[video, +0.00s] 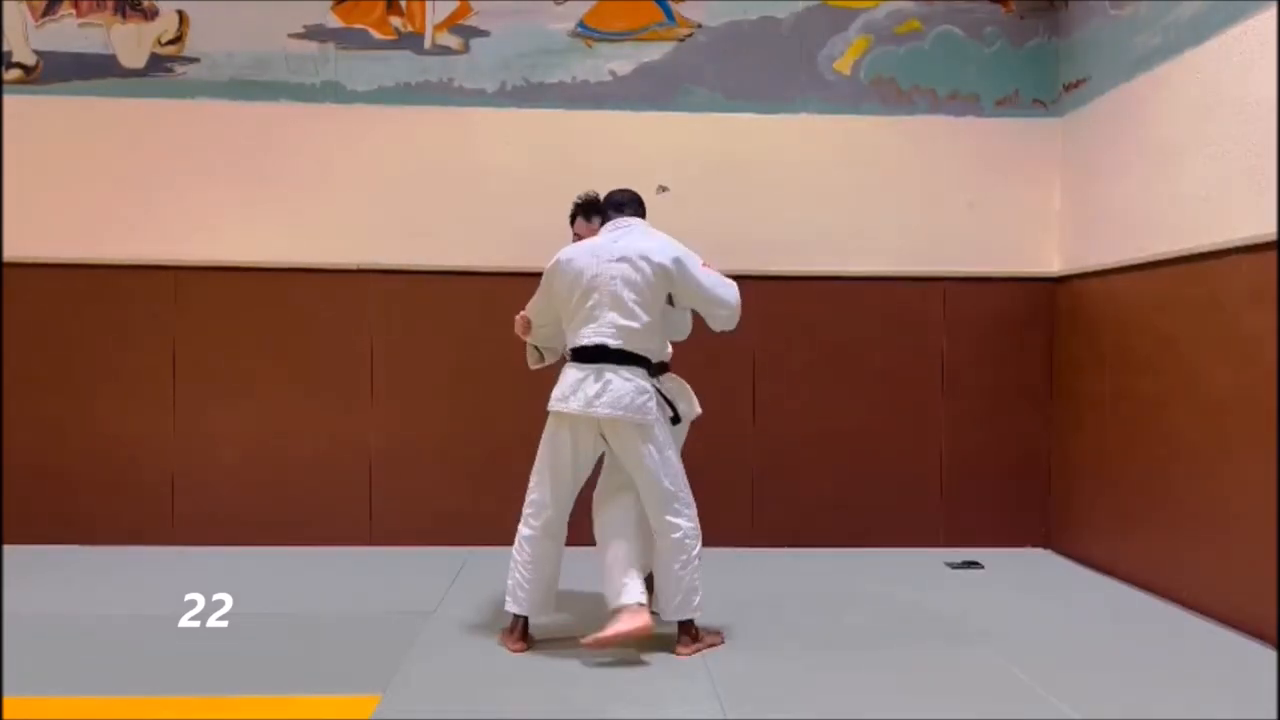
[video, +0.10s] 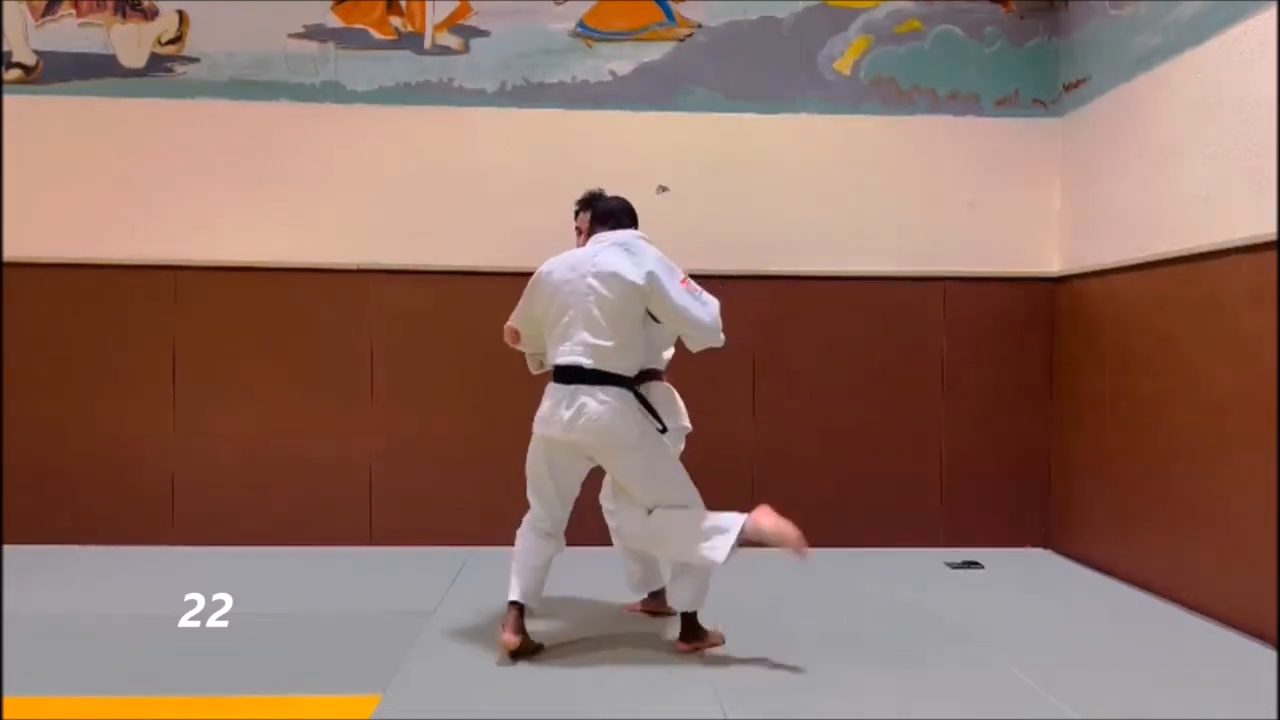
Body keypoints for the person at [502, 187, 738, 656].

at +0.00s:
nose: (576, 234)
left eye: (578, 226)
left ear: (600, 219)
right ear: (643, 218)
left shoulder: (570, 257)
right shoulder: (663, 249)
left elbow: (544, 335)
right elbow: (726, 310)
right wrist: (711, 277)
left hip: (573, 393)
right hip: (632, 396)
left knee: (543, 508)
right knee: (675, 510)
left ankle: (518, 624)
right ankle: (687, 631)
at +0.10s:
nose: (575, 233)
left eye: (578, 226)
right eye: (576, 227)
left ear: (586, 228)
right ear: (632, 229)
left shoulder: (550, 270)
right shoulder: (639, 256)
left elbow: (530, 345)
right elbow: (707, 328)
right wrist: (687, 288)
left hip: (556, 410)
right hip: (617, 411)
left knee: (542, 518)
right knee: (678, 511)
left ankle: (513, 623)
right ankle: (690, 628)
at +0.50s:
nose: (578, 362)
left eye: (589, 352)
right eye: (566, 352)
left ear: (603, 329)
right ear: (545, 329)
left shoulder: (629, 341)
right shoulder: (509, 351)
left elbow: (638, 422)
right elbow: (495, 448)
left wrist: (617, 502)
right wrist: (507, 531)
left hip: (584, 466)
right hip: (516, 461)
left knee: (600, 563)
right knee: (453, 544)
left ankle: (602, 664)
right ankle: (381, 672)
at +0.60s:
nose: (579, 378)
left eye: (590, 366)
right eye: (567, 364)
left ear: (602, 351)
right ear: (539, 340)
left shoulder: (600, 360)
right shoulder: (481, 368)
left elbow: (607, 437)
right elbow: (463, 484)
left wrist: (603, 498)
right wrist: (487, 574)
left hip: (532, 477)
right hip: (460, 479)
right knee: (456, 573)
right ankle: (411, 701)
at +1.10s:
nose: (482, 390)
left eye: (497, 375)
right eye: (465, 376)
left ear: (514, 342)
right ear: (432, 340)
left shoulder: (530, 330)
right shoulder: (365, 373)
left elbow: (543, 400)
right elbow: (383, 503)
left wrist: (508, 485)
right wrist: (423, 618)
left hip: (498, 482)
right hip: (416, 489)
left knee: (534, 560)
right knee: (424, 618)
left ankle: (540, 682)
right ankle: (413, 707)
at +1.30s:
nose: (514, 323)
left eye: (526, 305)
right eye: (497, 308)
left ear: (537, 282)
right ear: (460, 282)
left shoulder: (541, 292)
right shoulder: (396, 343)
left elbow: (557, 358)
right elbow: (380, 471)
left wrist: (549, 440)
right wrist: (409, 579)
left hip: (511, 455)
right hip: (424, 467)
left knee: (557, 586)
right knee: (435, 623)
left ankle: (550, 702)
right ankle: (424, 708)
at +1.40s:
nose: (558, 261)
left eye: (569, 247)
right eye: (546, 245)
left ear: (579, 232)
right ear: (509, 228)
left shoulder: (569, 280)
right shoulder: (449, 284)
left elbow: (597, 346)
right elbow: (373, 381)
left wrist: (618, 404)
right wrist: (382, 484)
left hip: (530, 457)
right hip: (455, 455)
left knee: (585, 579)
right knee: (448, 605)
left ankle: (568, 703)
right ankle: (418, 712)